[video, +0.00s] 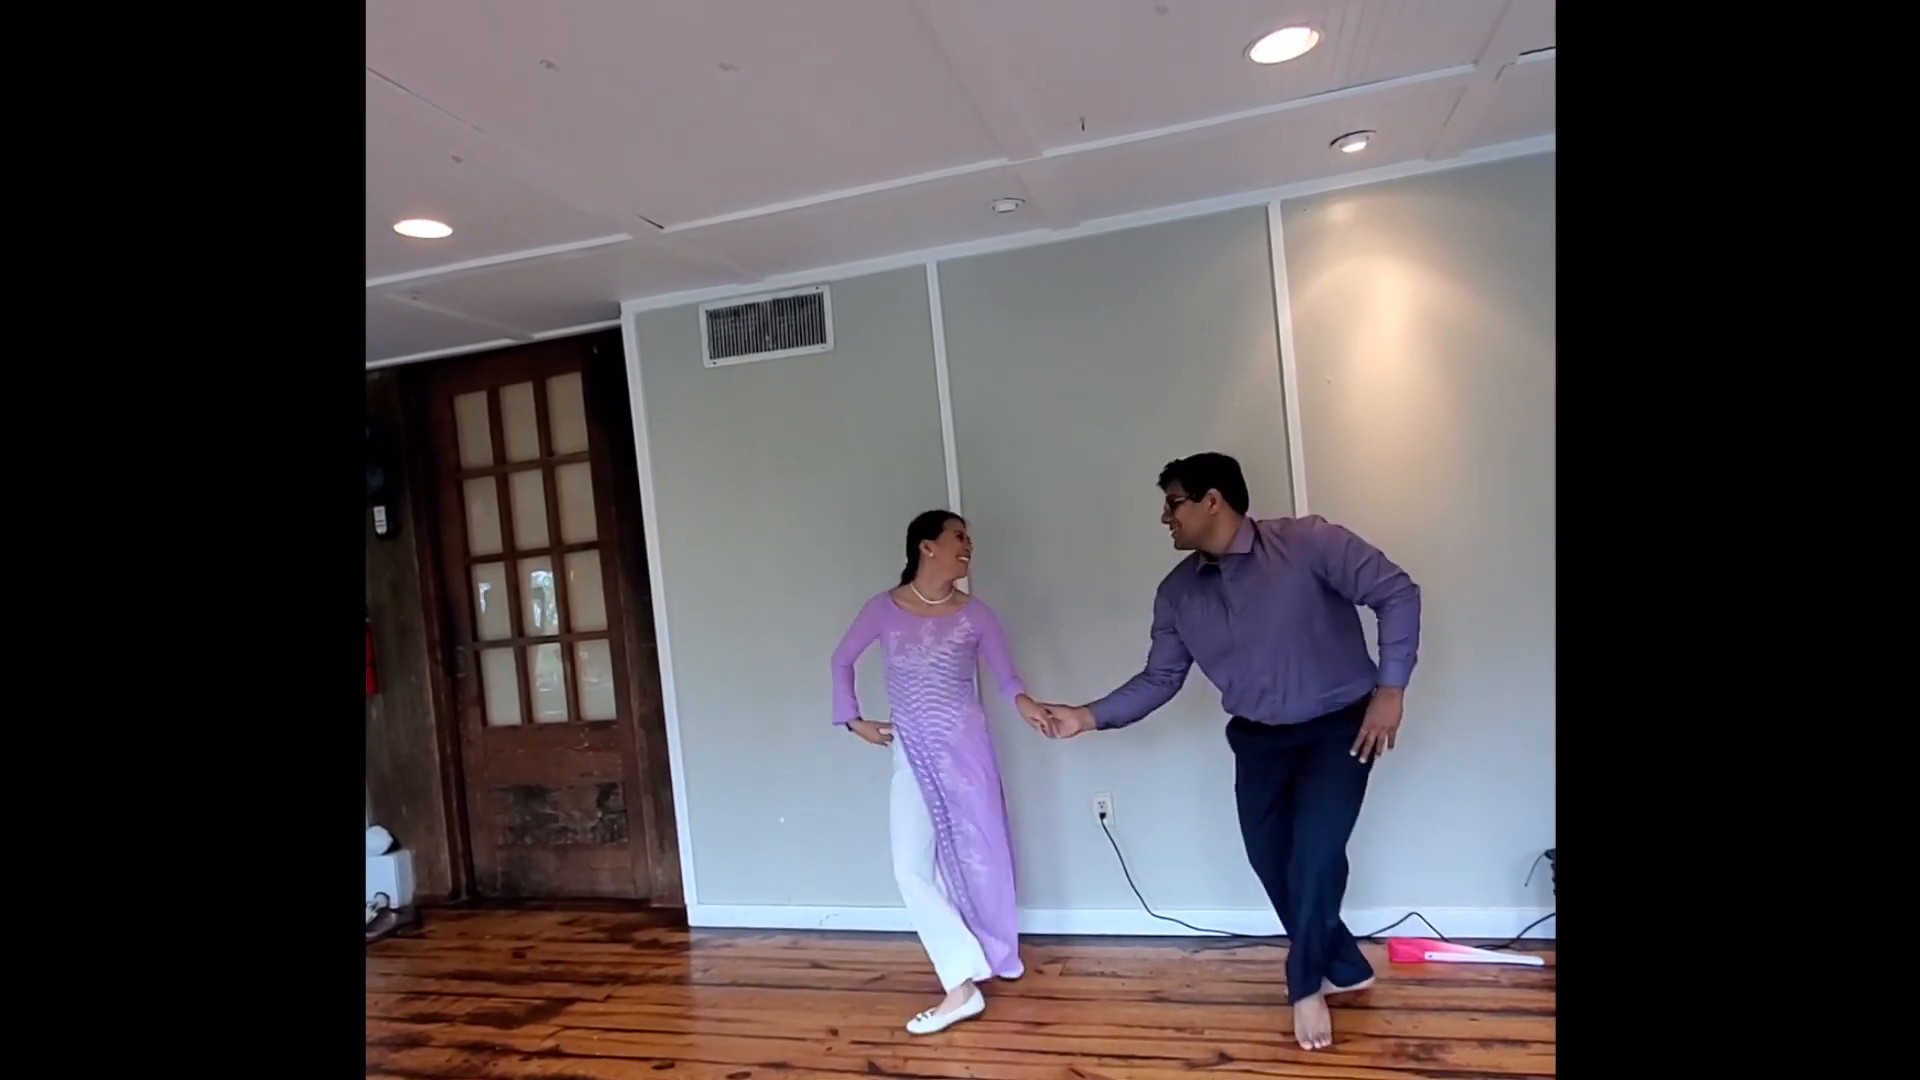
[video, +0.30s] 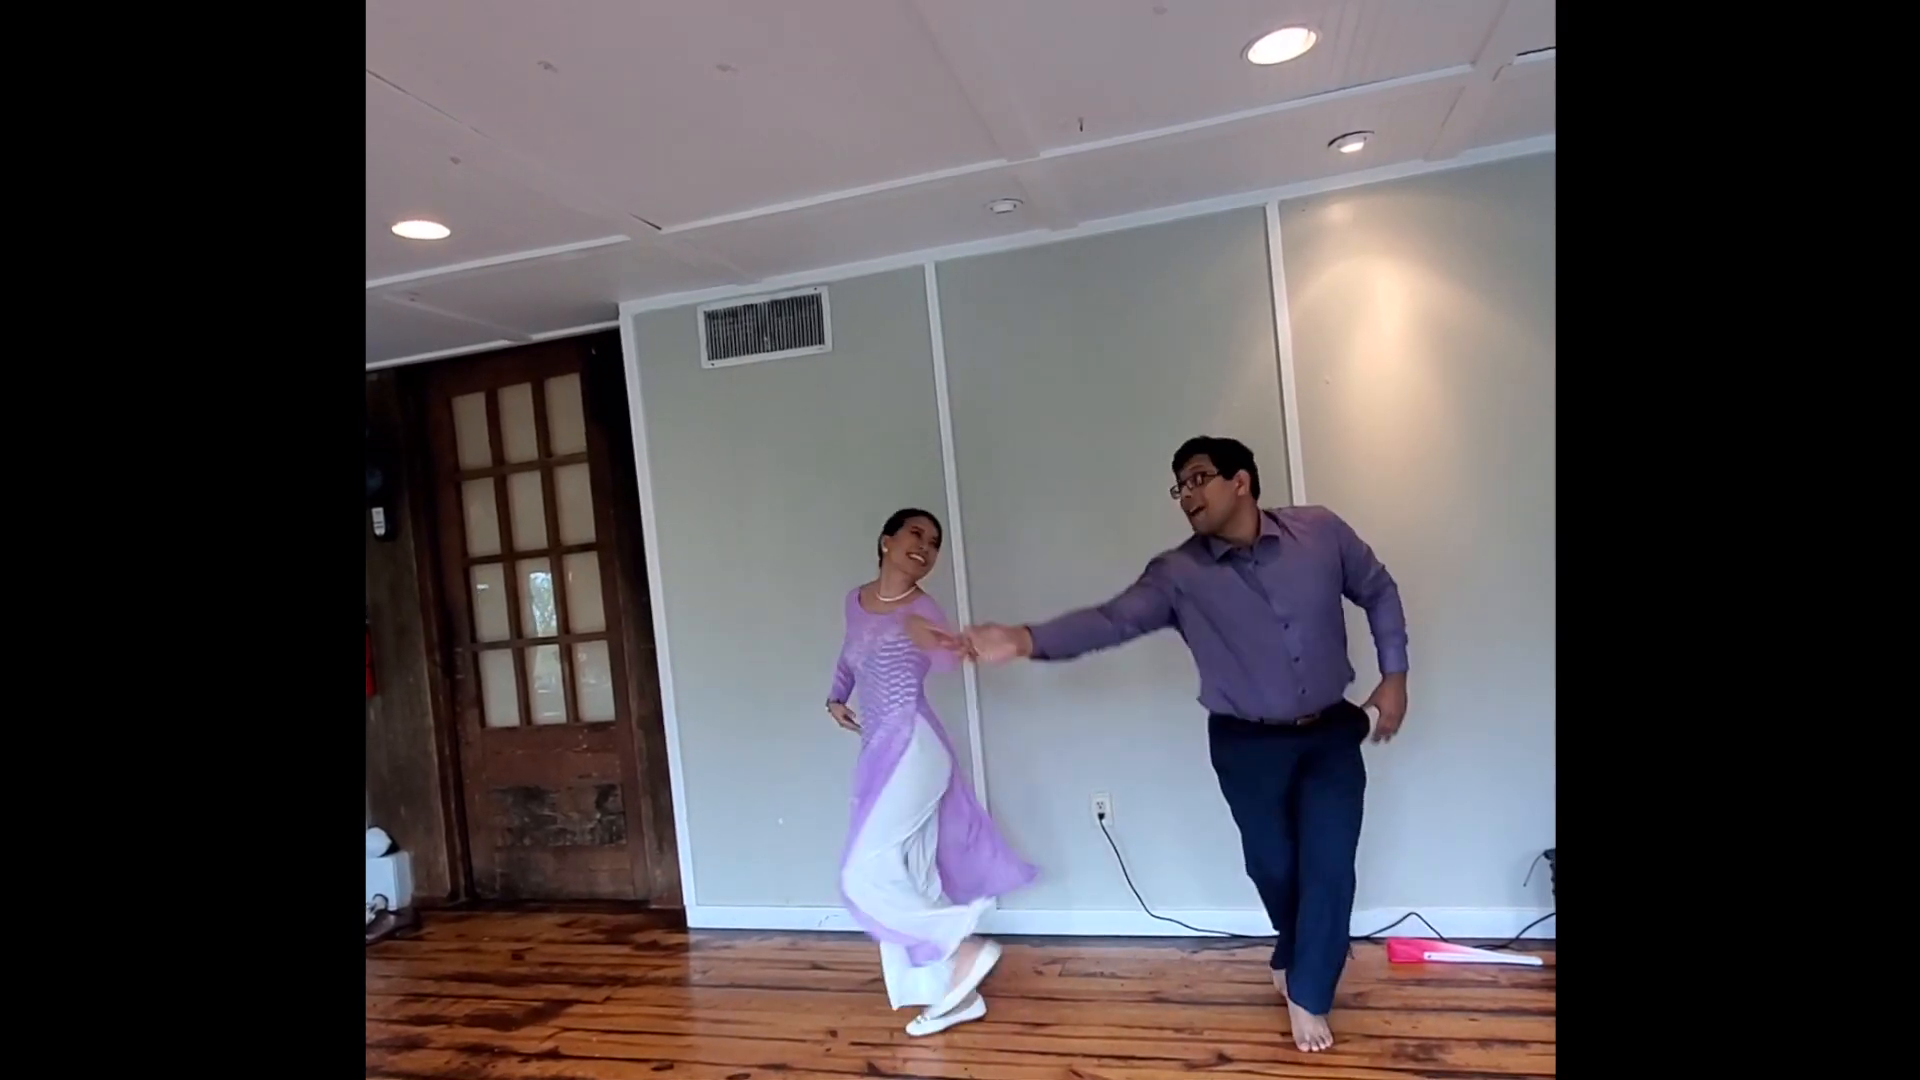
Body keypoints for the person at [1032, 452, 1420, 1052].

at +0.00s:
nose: (1165, 519)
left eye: (1173, 506)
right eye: (1164, 508)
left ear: (1214, 502)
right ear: (1202, 507)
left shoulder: (1307, 542)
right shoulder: (1179, 593)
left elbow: (1398, 592)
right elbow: (1160, 678)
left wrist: (1391, 692)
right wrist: (1087, 715)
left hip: (1337, 723)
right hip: (1257, 736)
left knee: (1317, 852)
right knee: (1269, 859)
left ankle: (1306, 988)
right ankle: (1345, 964)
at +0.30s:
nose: (1186, 496)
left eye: (1198, 480)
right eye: (1179, 487)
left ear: (1242, 482)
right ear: (1183, 499)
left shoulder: (1319, 531)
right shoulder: (1178, 573)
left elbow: (1378, 591)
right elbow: (1112, 619)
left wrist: (1395, 676)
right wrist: (1024, 639)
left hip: (1329, 730)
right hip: (1246, 739)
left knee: (1331, 867)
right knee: (1273, 868)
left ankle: (1311, 995)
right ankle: (1294, 954)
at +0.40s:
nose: (1192, 484)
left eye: (1203, 469)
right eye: (1184, 477)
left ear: (1247, 470)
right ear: (1186, 489)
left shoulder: (1318, 514)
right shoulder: (1189, 549)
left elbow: (1365, 575)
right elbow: (1125, 588)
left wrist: (1380, 657)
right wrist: (1039, 599)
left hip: (1318, 713)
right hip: (1238, 721)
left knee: (1332, 840)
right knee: (1262, 852)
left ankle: (1291, 976)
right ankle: (1285, 960)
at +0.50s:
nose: (1206, 491)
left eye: (1217, 476)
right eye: (1197, 484)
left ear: (1260, 473)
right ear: (1197, 494)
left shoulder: (1322, 521)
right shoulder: (1199, 555)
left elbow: (1356, 581)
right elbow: (1152, 596)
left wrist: (1364, 658)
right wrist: (1103, 597)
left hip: (1305, 725)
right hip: (1226, 732)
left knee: (1313, 850)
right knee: (1252, 859)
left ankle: (1268, 979)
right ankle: (1281, 962)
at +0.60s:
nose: (1230, 491)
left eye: (1243, 476)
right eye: (1219, 482)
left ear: (1278, 479)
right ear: (1213, 492)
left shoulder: (1319, 533)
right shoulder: (1206, 558)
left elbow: (1333, 615)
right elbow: (1162, 644)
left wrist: (1331, 688)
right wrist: (1189, 624)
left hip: (1298, 735)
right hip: (1220, 743)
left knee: (1302, 866)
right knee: (1239, 873)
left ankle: (1261, 991)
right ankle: (1266, 959)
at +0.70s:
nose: (1264, 484)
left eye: (1274, 469)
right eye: (1246, 477)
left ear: (1290, 476)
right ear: (1225, 491)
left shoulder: (1301, 542)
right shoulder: (1218, 567)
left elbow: (1294, 629)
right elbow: (1208, 657)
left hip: (1290, 728)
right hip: (1222, 737)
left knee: (1296, 871)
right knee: (1263, 872)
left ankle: (1259, 994)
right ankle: (1218, 938)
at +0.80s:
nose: (1298, 466)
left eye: (1299, 455)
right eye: (1281, 460)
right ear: (1240, 480)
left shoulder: (1255, 527)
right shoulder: (1249, 553)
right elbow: (1259, 651)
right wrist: (1349, 693)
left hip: (1265, 720)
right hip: (1231, 729)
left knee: (1289, 857)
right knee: (1317, 862)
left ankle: (1261, 993)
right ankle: (1216, 949)